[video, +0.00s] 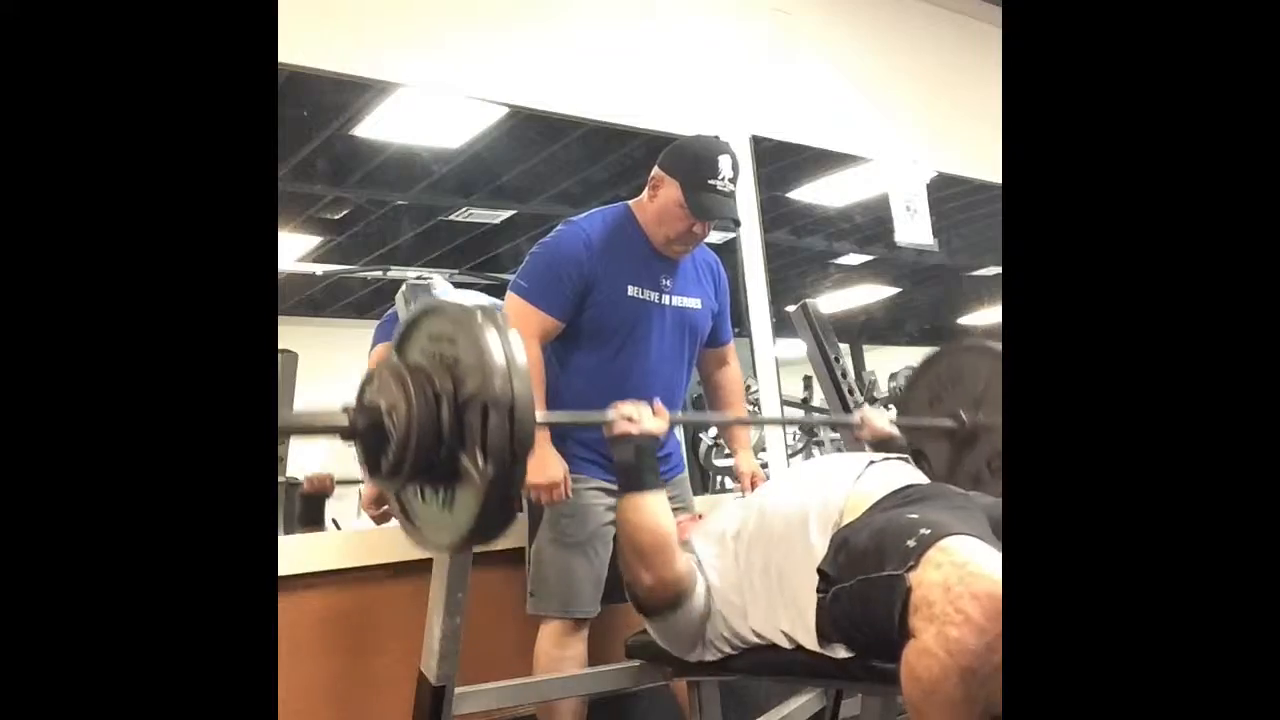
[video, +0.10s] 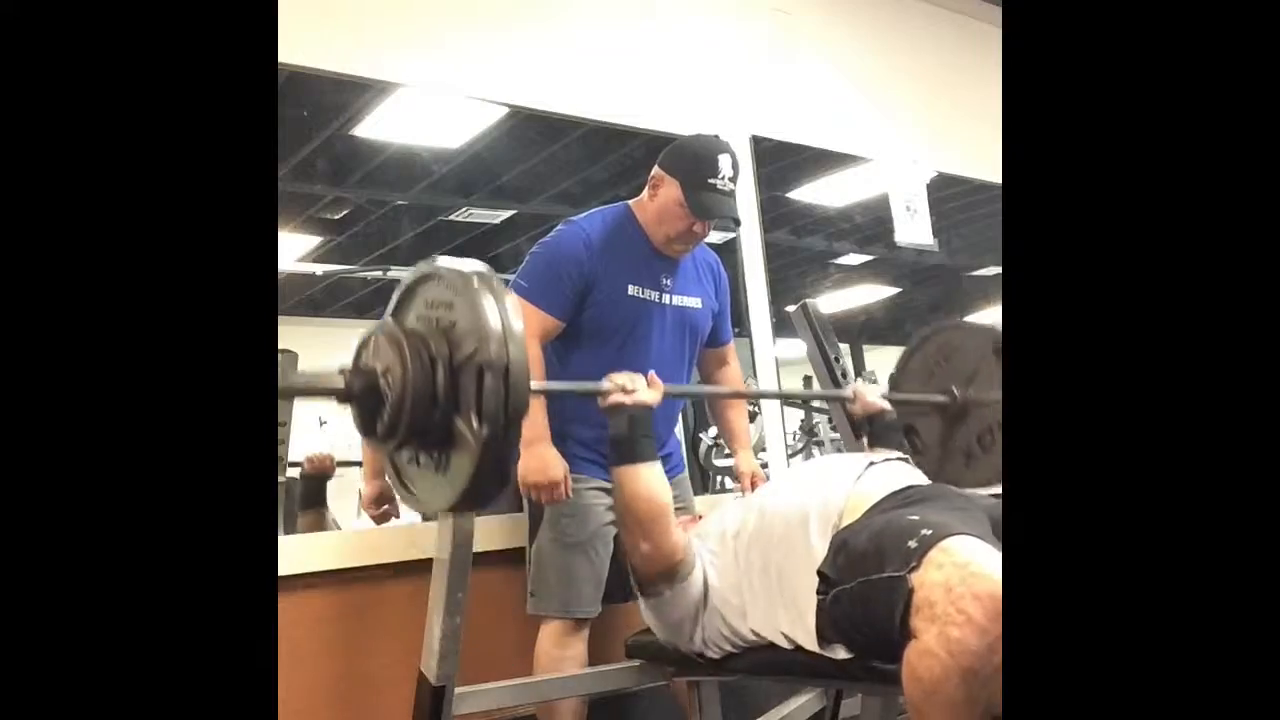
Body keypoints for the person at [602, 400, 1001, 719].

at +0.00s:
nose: (677, 509)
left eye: (674, 506)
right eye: (662, 519)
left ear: (688, 511)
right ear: (657, 549)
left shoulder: (761, 504)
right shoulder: (692, 608)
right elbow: (655, 574)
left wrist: (886, 444)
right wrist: (633, 451)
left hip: (941, 493)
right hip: (862, 533)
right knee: (977, 598)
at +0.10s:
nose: (681, 511)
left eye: (678, 505)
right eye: (666, 517)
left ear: (693, 504)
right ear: (651, 550)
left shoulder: (772, 510)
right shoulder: (687, 595)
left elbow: (894, 483)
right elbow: (652, 545)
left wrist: (874, 428)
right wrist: (630, 423)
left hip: (943, 496)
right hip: (861, 532)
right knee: (978, 603)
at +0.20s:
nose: (678, 502)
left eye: (676, 498)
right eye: (663, 511)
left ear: (690, 498)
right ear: (649, 547)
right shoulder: (689, 593)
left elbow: (897, 478)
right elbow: (654, 537)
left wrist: (877, 417)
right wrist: (631, 418)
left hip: (956, 489)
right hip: (869, 526)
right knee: (978, 599)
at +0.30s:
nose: (679, 506)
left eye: (676, 501)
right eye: (660, 514)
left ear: (693, 502)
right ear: (649, 555)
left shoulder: (766, 505)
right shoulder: (690, 603)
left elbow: (898, 488)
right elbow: (656, 551)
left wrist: (879, 434)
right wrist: (632, 442)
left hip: (945, 498)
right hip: (862, 533)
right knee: (974, 588)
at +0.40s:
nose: (682, 508)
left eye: (682, 502)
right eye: (670, 517)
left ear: (698, 503)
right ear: (666, 546)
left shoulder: (767, 498)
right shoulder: (696, 603)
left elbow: (901, 476)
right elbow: (667, 604)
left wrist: (878, 445)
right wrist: (642, 485)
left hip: (937, 492)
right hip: (867, 530)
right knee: (978, 602)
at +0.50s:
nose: (688, 502)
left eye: (690, 497)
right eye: (674, 506)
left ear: (708, 503)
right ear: (667, 540)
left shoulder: (755, 510)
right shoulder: (691, 580)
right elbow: (675, 635)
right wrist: (645, 512)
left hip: (941, 492)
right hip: (866, 531)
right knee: (979, 601)